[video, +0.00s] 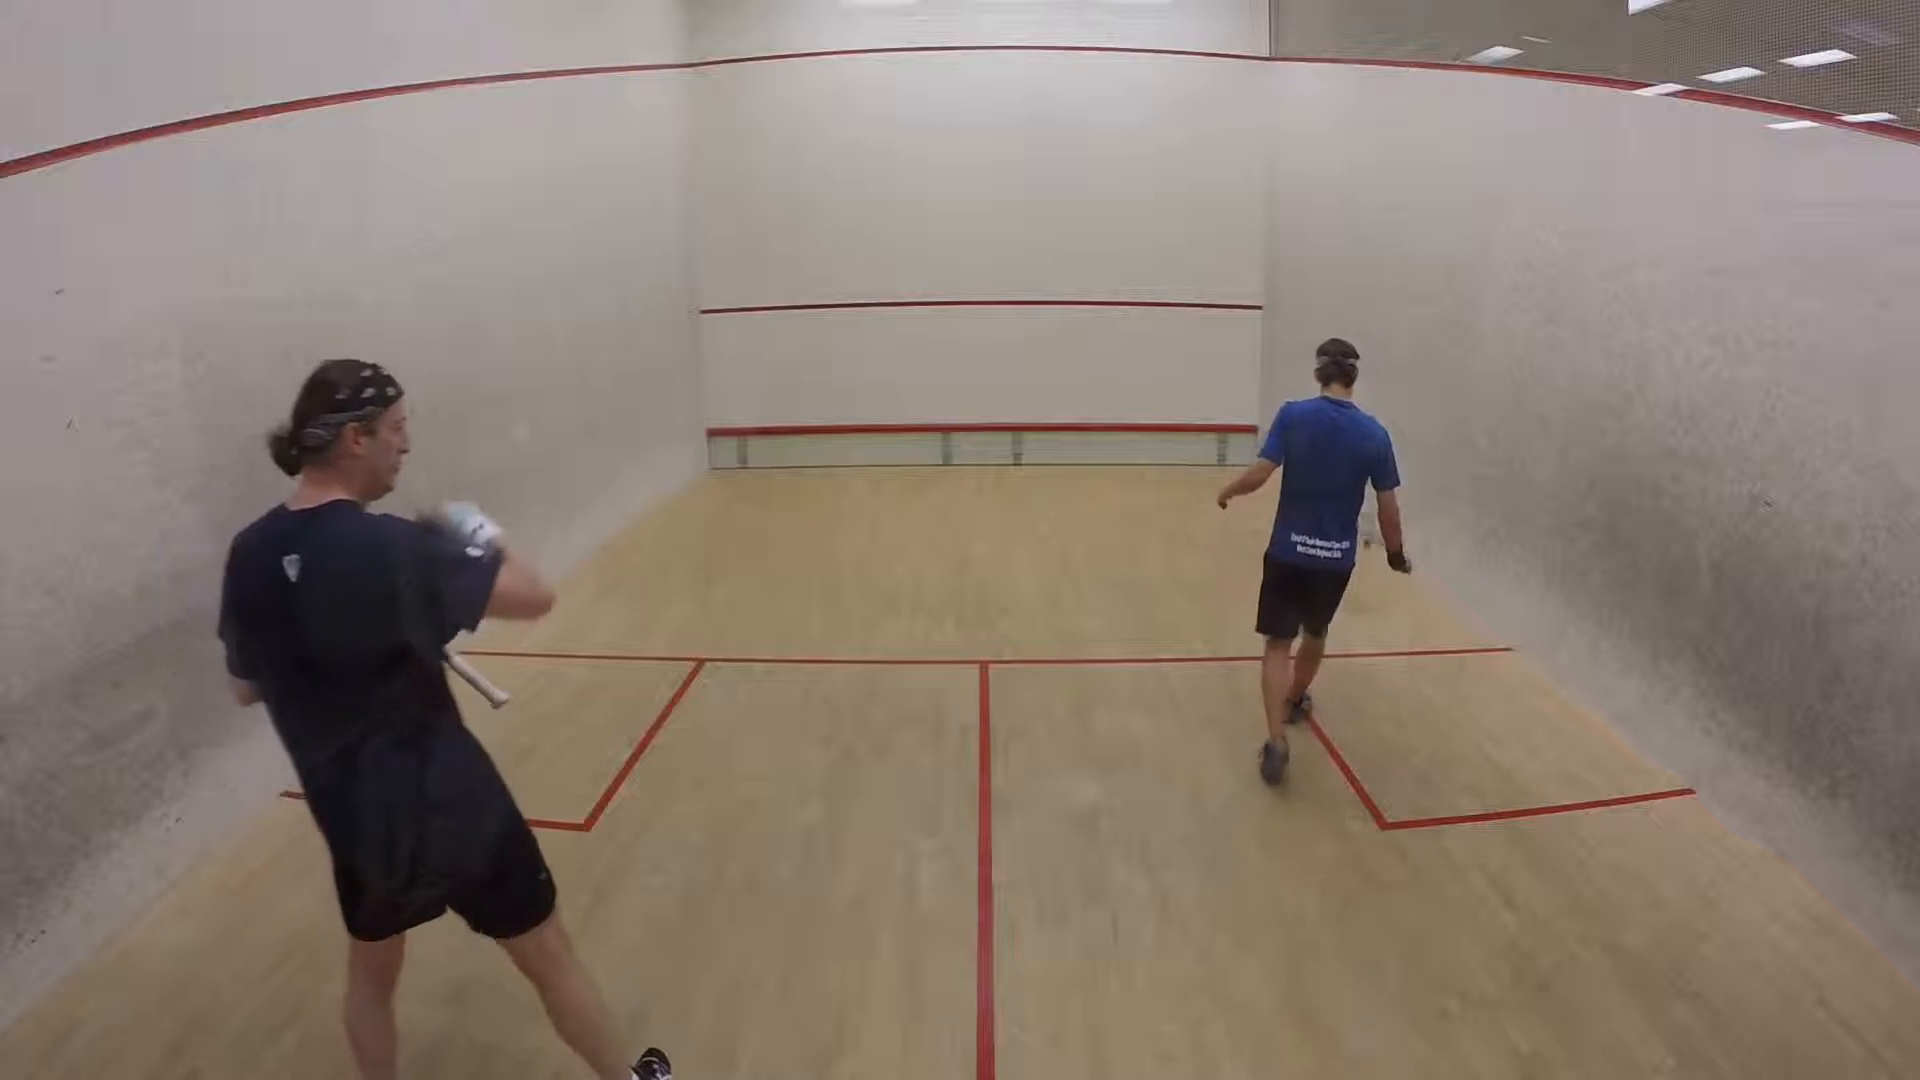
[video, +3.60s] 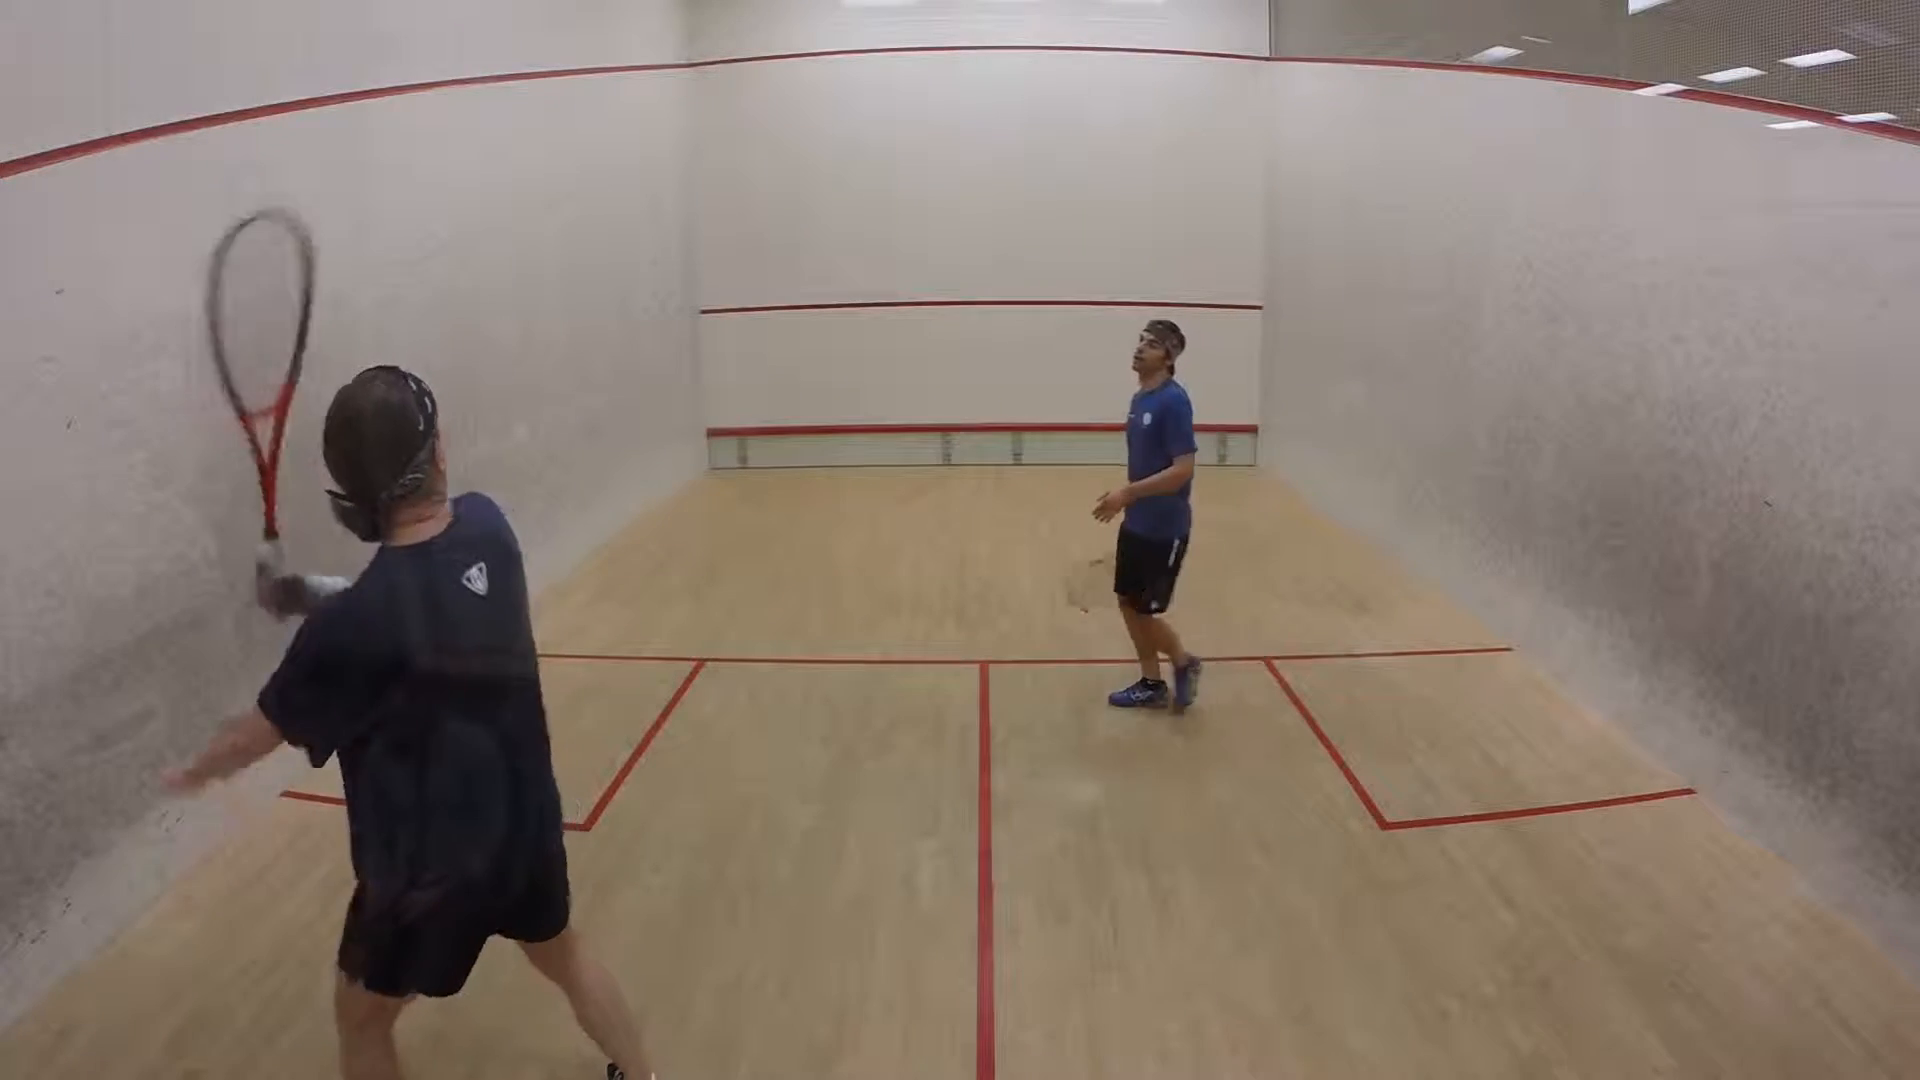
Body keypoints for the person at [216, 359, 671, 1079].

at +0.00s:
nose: (405, 447)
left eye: (403, 431)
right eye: (396, 432)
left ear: (329, 441)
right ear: (353, 441)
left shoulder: (250, 551)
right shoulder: (392, 546)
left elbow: (246, 684)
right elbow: (531, 596)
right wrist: (474, 531)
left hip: (349, 805)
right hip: (447, 791)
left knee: (371, 974)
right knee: (547, 957)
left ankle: (379, 1077)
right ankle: (629, 1074)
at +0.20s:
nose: (471, 444)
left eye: (471, 429)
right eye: (467, 430)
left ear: (378, 429)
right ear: (440, 432)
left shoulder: (305, 532)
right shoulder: (460, 521)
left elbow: (275, 671)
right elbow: (573, 501)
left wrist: (361, 648)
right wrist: (485, 468)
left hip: (404, 804)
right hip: (501, 792)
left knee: (406, 949)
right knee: (573, 958)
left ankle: (406, 1070)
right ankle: (632, 1072)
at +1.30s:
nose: (474, 426)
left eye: (470, 409)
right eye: (463, 411)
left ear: (388, 424)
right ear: (422, 422)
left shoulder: (315, 523)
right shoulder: (450, 526)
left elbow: (296, 658)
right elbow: (583, 598)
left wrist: (392, 616)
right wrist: (522, 567)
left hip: (402, 797)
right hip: (495, 783)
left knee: (419, 952)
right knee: (569, 950)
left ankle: (434, 1070)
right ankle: (632, 1071)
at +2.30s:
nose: (475, 407)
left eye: (469, 393)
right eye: (461, 398)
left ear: (398, 425)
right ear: (419, 423)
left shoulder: (325, 526)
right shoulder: (469, 526)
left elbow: (310, 670)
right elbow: (548, 675)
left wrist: (378, 710)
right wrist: (527, 625)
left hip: (407, 789)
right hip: (505, 779)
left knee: (421, 955)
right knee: (575, 954)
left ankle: (436, 1069)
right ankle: (632, 1070)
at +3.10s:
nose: (437, 410)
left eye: (429, 397)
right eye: (430, 400)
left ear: (345, 431)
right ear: (414, 421)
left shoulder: (305, 540)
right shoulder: (475, 512)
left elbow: (283, 695)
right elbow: (569, 643)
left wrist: (311, 796)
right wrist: (499, 657)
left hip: (387, 793)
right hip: (494, 775)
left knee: (411, 949)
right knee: (573, 940)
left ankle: (438, 1067)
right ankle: (631, 1071)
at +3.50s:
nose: (453, 440)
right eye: (448, 430)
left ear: (356, 477)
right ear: (444, 452)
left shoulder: (346, 602)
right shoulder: (505, 531)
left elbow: (280, 756)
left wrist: (238, 847)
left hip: (424, 858)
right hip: (531, 825)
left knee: (394, 1003)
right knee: (580, 953)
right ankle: (641, 1070)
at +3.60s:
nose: (445, 434)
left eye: (436, 421)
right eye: (439, 427)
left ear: (347, 487)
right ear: (437, 453)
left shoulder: (353, 621)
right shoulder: (487, 528)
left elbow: (260, 730)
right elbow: (411, 591)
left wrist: (199, 771)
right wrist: (315, 593)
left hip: (421, 863)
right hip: (520, 830)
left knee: (364, 1017)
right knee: (564, 953)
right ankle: (637, 1069)